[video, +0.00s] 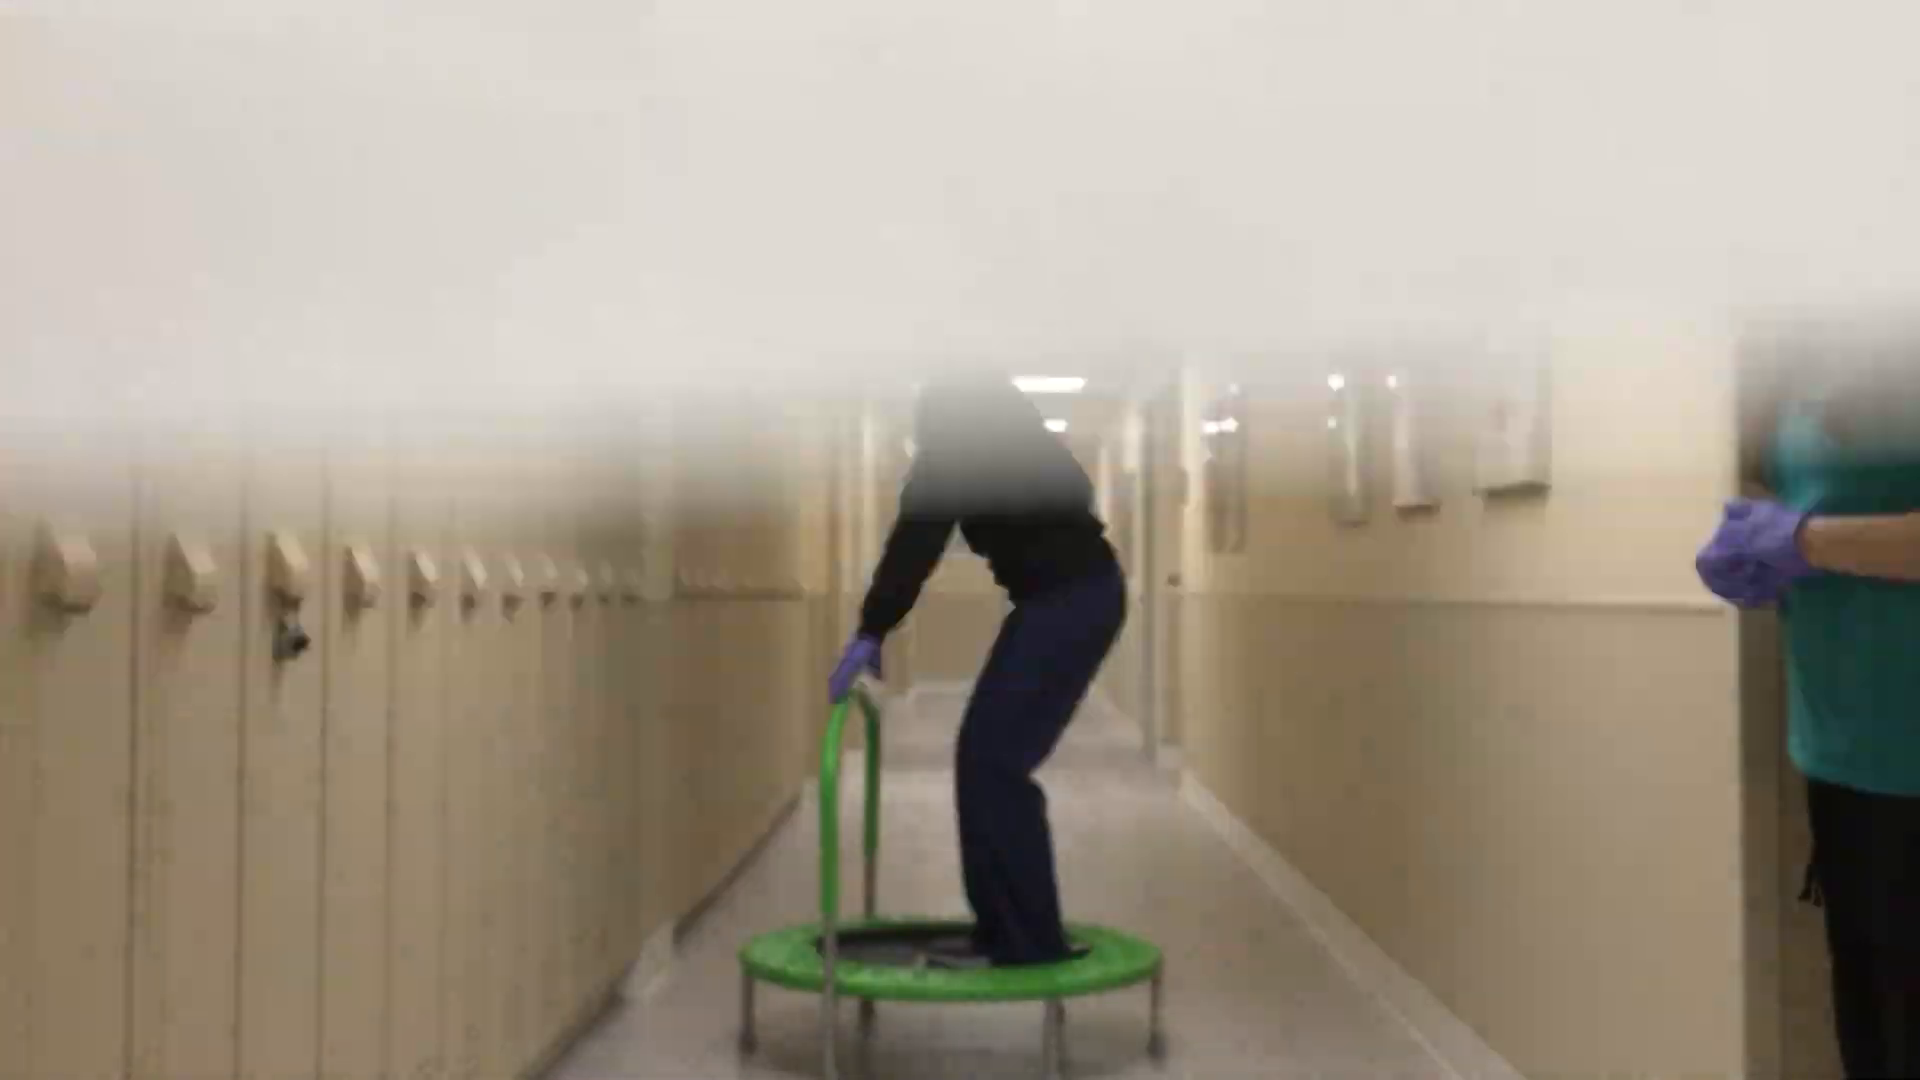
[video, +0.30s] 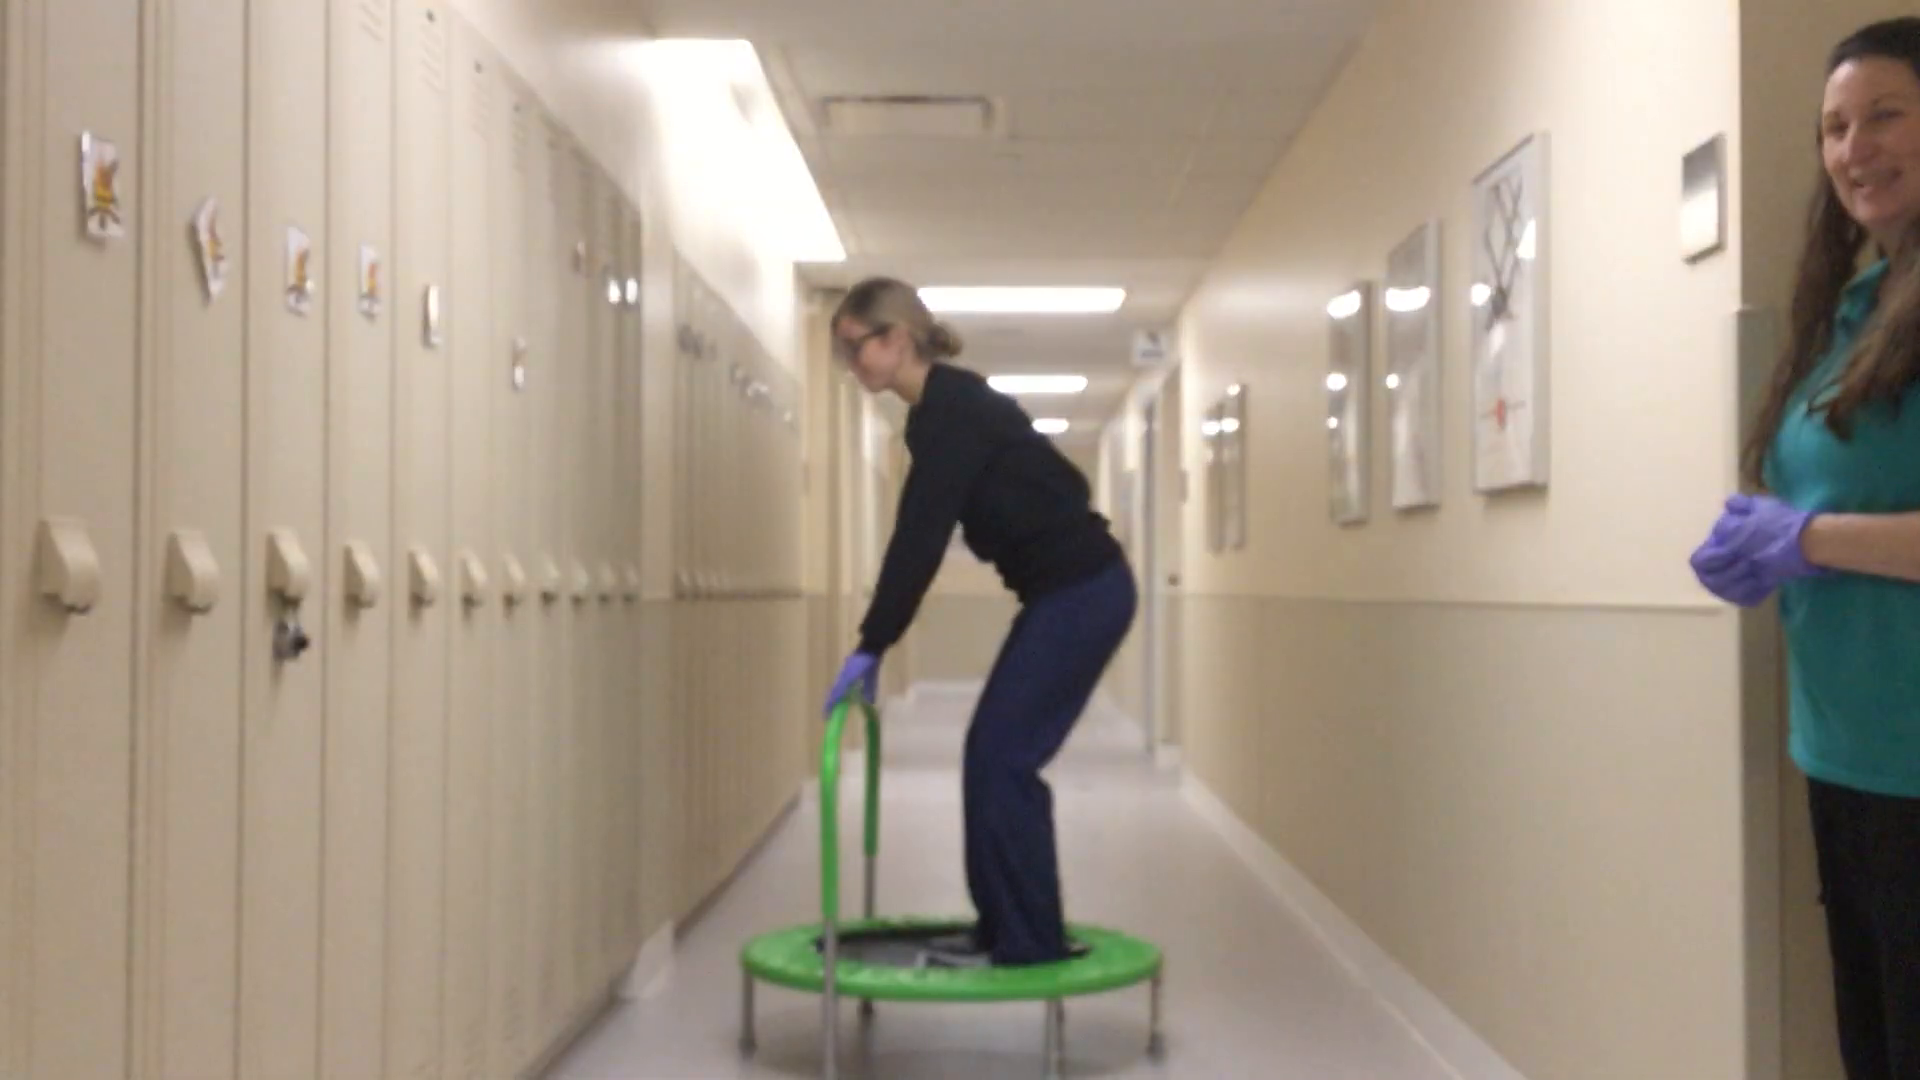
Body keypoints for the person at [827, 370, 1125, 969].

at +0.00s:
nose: (916, 428)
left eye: (923, 415)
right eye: (920, 417)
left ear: (938, 408)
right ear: (977, 395)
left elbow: (918, 538)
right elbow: (918, 537)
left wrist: (871, 633)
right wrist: (872, 631)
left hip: (1068, 602)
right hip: (1060, 599)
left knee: (993, 758)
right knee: (984, 754)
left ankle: (1027, 940)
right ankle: (1006, 930)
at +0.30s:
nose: (852, 362)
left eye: (859, 345)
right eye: (845, 350)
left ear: (901, 335)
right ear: (892, 344)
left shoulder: (952, 409)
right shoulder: (939, 408)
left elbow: (921, 539)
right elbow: (917, 537)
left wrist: (872, 645)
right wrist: (872, 641)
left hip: (1082, 595)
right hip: (1063, 594)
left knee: (1002, 755)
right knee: (993, 753)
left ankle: (1031, 940)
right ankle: (1008, 928)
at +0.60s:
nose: (835, 424)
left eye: (836, 406)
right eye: (829, 410)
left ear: (874, 393)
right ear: (882, 396)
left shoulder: (936, 455)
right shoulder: (929, 456)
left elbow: (922, 584)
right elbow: (920, 582)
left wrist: (860, 677)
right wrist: (862, 674)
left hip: (1092, 617)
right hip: (1073, 616)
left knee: (980, 756)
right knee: (968, 753)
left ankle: (1030, 940)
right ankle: (1003, 927)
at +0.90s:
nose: (812, 502)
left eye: (819, 485)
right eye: (812, 487)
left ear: (854, 486)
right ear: (857, 487)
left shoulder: (914, 543)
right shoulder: (907, 545)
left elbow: (956, 657)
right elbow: (950, 652)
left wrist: (863, 691)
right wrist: (868, 684)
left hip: (1082, 695)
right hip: (1064, 692)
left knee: (937, 791)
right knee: (929, 784)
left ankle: (1015, 946)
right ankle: (995, 938)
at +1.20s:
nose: (769, 413)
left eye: (773, 395)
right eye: (766, 397)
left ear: (809, 391)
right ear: (816, 391)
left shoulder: (877, 441)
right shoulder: (878, 438)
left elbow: (886, 572)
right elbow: (898, 575)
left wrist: (853, 682)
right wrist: (856, 680)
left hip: (1079, 537)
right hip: (1068, 538)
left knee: (972, 690)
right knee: (966, 690)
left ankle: (1013, 881)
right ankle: (985, 878)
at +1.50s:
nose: (796, 458)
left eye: (802, 443)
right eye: (796, 444)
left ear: (836, 446)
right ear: (841, 446)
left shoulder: (892, 500)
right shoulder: (895, 496)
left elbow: (932, 616)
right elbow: (934, 614)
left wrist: (864, 686)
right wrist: (865, 682)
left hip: (1073, 640)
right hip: (1076, 636)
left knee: (955, 776)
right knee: (966, 776)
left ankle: (1012, 942)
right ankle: (1016, 937)